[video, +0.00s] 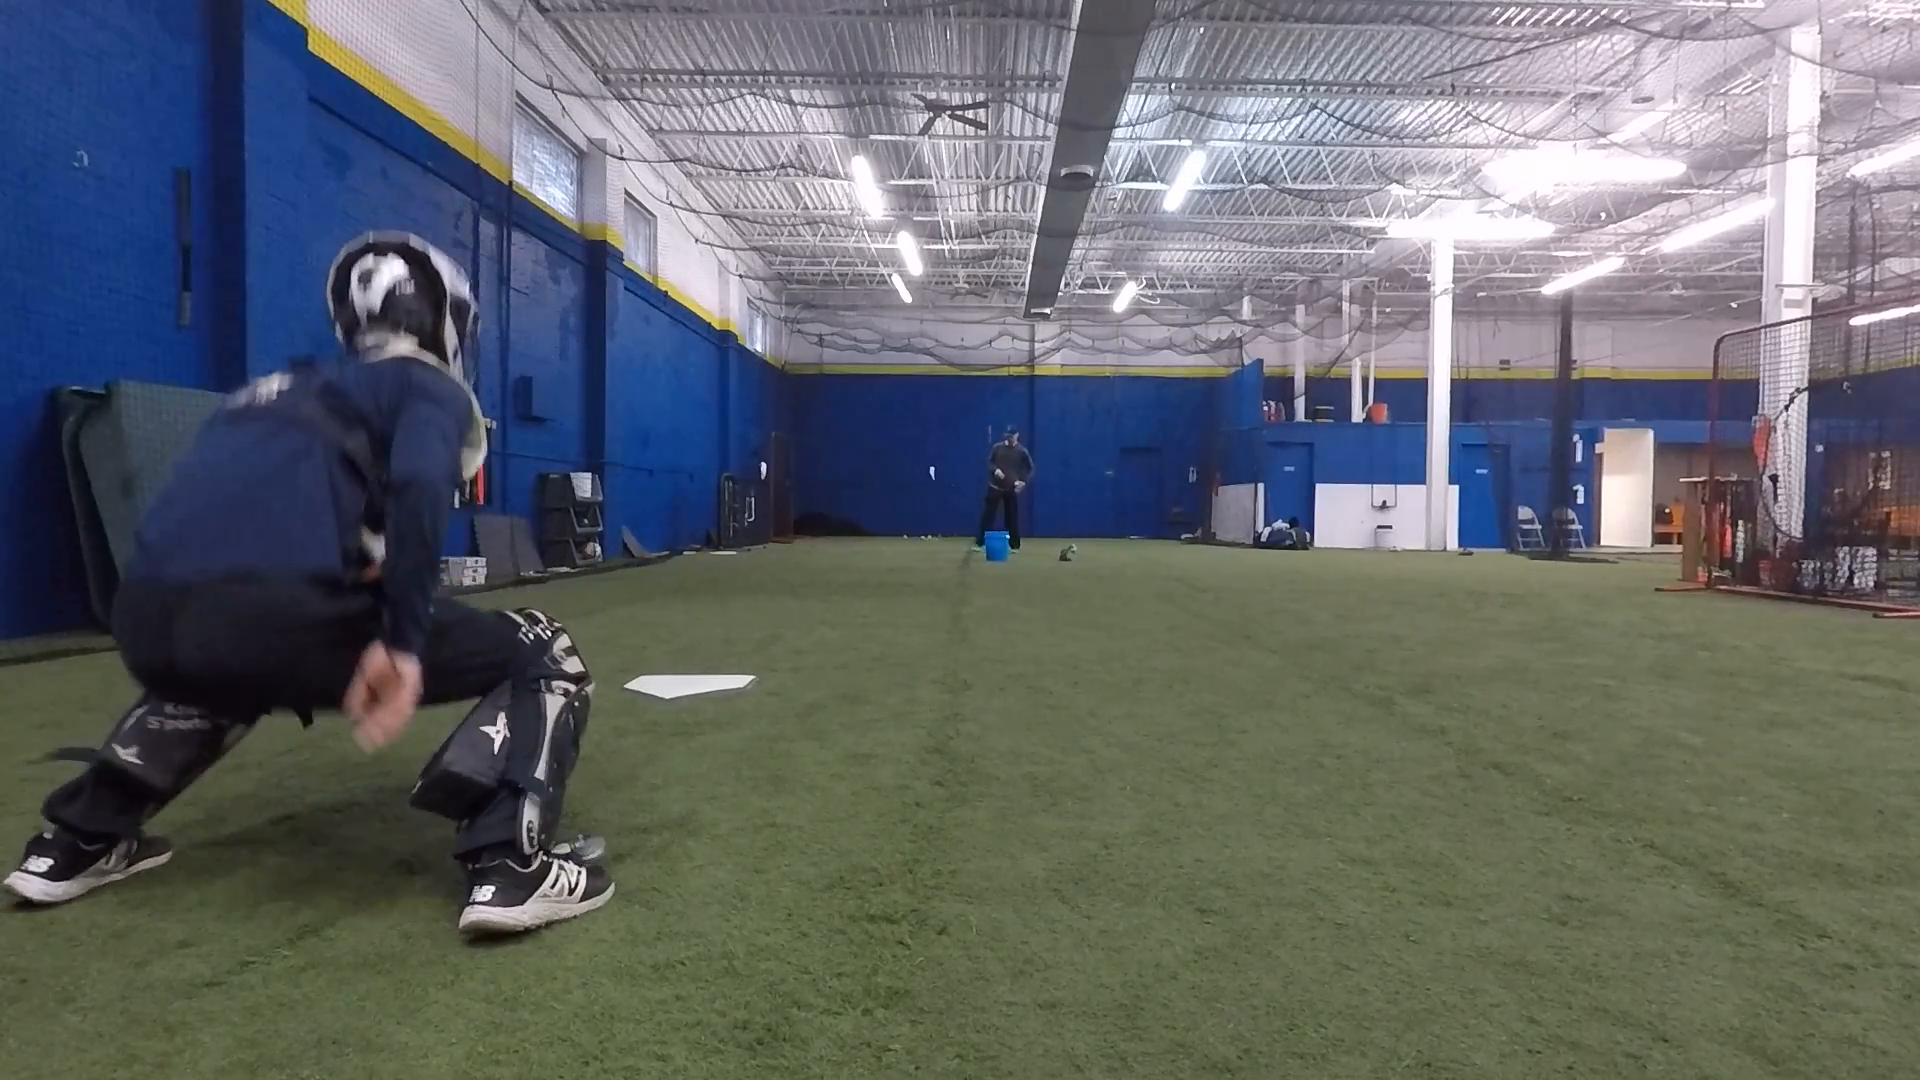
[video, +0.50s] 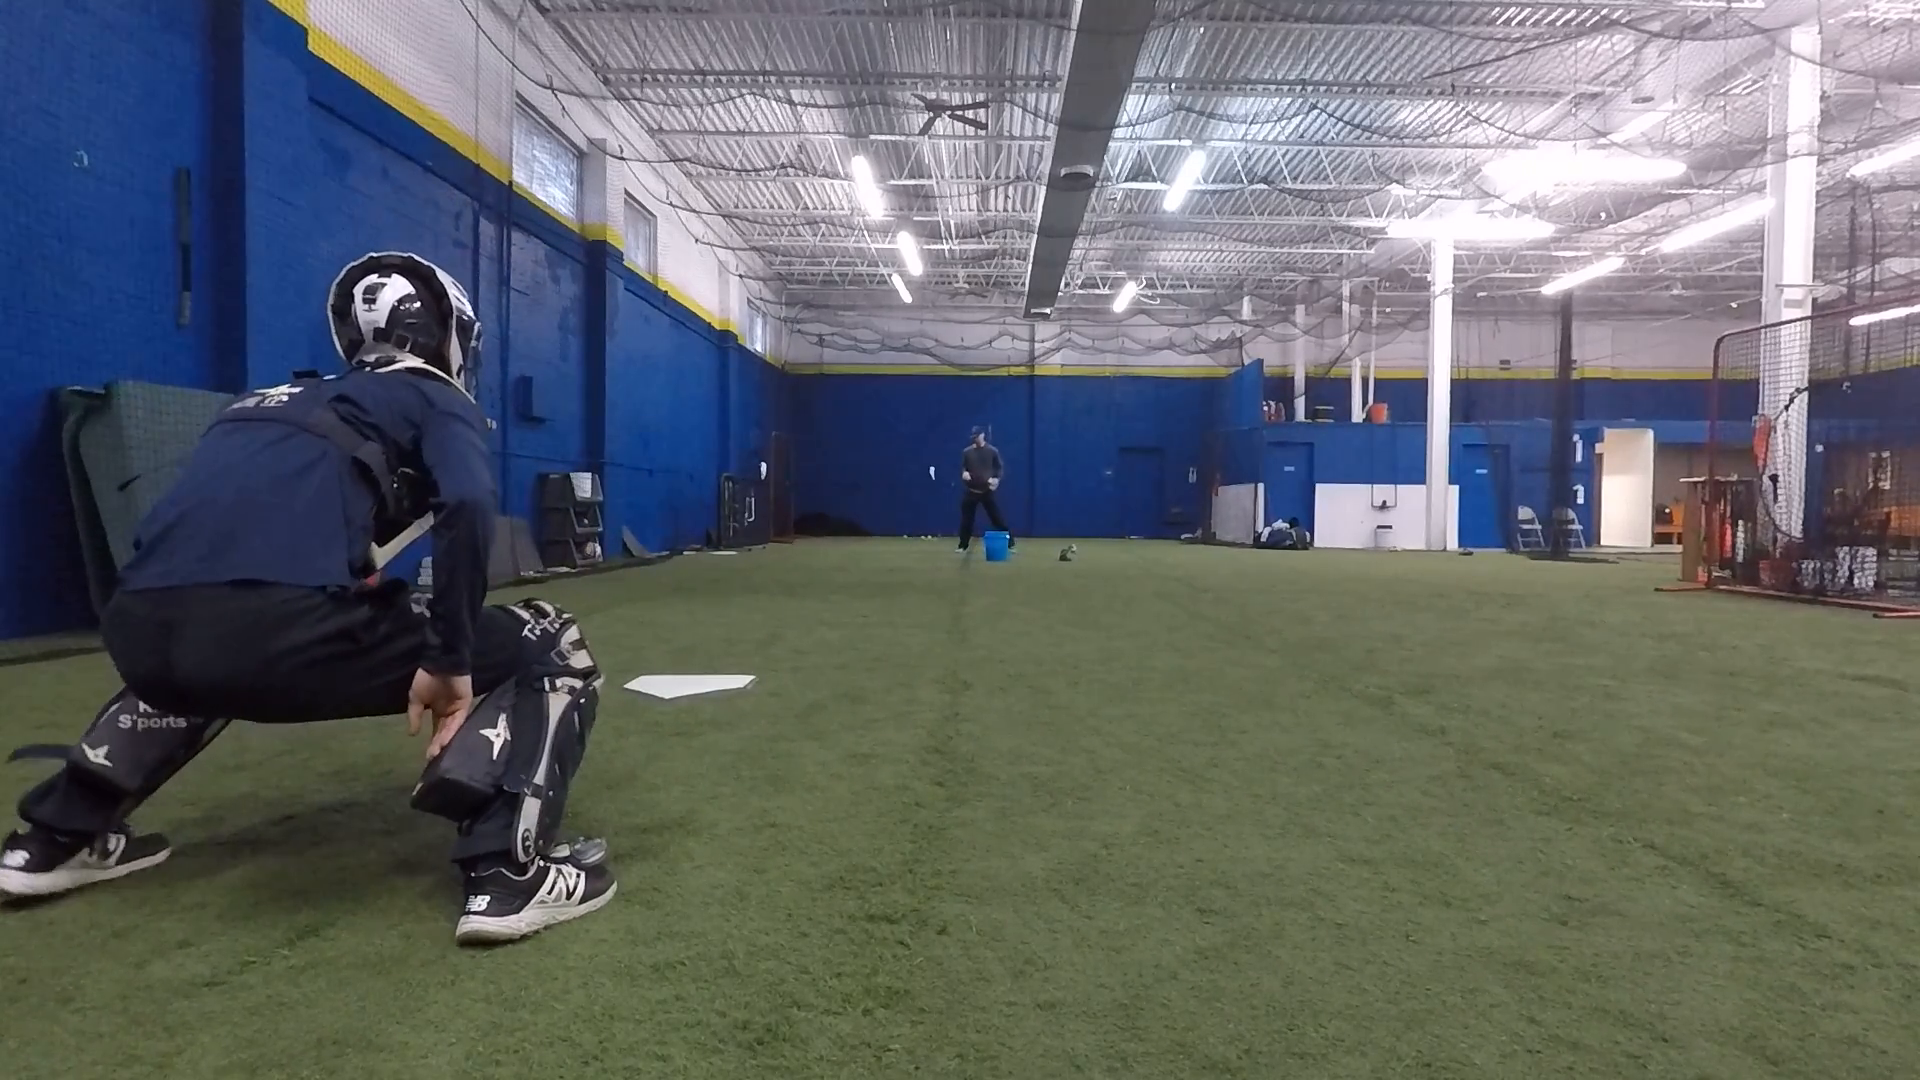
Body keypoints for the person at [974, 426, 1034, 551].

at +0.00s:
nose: (1009, 438)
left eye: (1012, 436)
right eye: (1007, 436)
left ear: (1017, 435)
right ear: (1004, 436)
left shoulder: (1022, 451)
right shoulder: (997, 448)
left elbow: (1031, 469)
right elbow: (990, 463)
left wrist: (1024, 482)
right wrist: (995, 470)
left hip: (1011, 489)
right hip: (995, 488)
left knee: (1012, 518)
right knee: (988, 515)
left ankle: (1014, 545)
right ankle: (980, 542)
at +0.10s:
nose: (1006, 437)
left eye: (1008, 434)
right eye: (1004, 434)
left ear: (1013, 435)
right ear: (1001, 435)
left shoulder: (1019, 451)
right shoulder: (993, 448)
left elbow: (1026, 468)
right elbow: (986, 464)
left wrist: (1021, 481)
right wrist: (992, 471)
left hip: (1008, 490)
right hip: (991, 489)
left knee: (1011, 518)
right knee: (981, 515)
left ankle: (1014, 546)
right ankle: (971, 543)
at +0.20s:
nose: (999, 438)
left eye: (1001, 436)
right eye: (997, 436)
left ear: (1007, 435)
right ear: (994, 437)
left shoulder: (1013, 452)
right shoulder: (987, 450)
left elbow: (1021, 469)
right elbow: (981, 465)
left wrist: (1017, 481)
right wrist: (989, 472)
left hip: (1004, 491)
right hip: (987, 491)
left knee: (1009, 519)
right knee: (977, 517)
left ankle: (1014, 546)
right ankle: (965, 544)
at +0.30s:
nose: (991, 438)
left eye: (993, 436)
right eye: (989, 436)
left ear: (999, 436)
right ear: (987, 437)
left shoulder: (1006, 452)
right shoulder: (981, 451)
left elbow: (1014, 469)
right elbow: (976, 467)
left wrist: (1011, 482)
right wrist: (981, 473)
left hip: (999, 492)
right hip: (983, 492)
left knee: (1005, 520)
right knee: (973, 519)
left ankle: (1014, 545)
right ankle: (963, 544)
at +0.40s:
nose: (984, 439)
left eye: (986, 436)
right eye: (982, 436)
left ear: (990, 436)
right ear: (979, 437)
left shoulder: (998, 452)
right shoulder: (973, 452)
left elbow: (1006, 468)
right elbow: (968, 468)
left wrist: (1004, 480)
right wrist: (972, 474)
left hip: (993, 492)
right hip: (977, 492)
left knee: (1001, 519)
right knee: (969, 520)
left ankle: (1013, 544)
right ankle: (963, 544)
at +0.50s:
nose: (975, 438)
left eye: (977, 435)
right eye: (974, 436)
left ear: (983, 435)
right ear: (972, 437)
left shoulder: (993, 451)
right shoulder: (967, 452)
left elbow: (999, 467)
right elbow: (963, 466)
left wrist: (997, 478)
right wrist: (964, 473)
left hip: (987, 491)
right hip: (971, 491)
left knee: (996, 518)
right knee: (966, 520)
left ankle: (1009, 543)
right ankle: (963, 545)